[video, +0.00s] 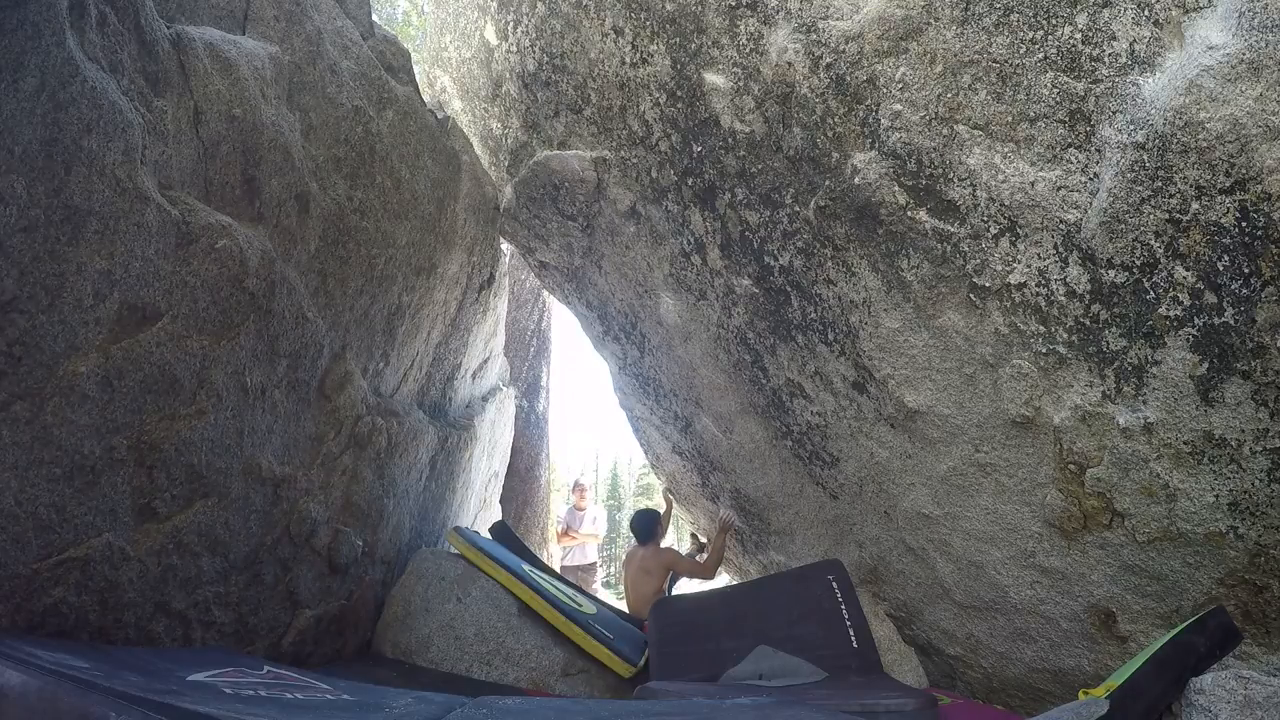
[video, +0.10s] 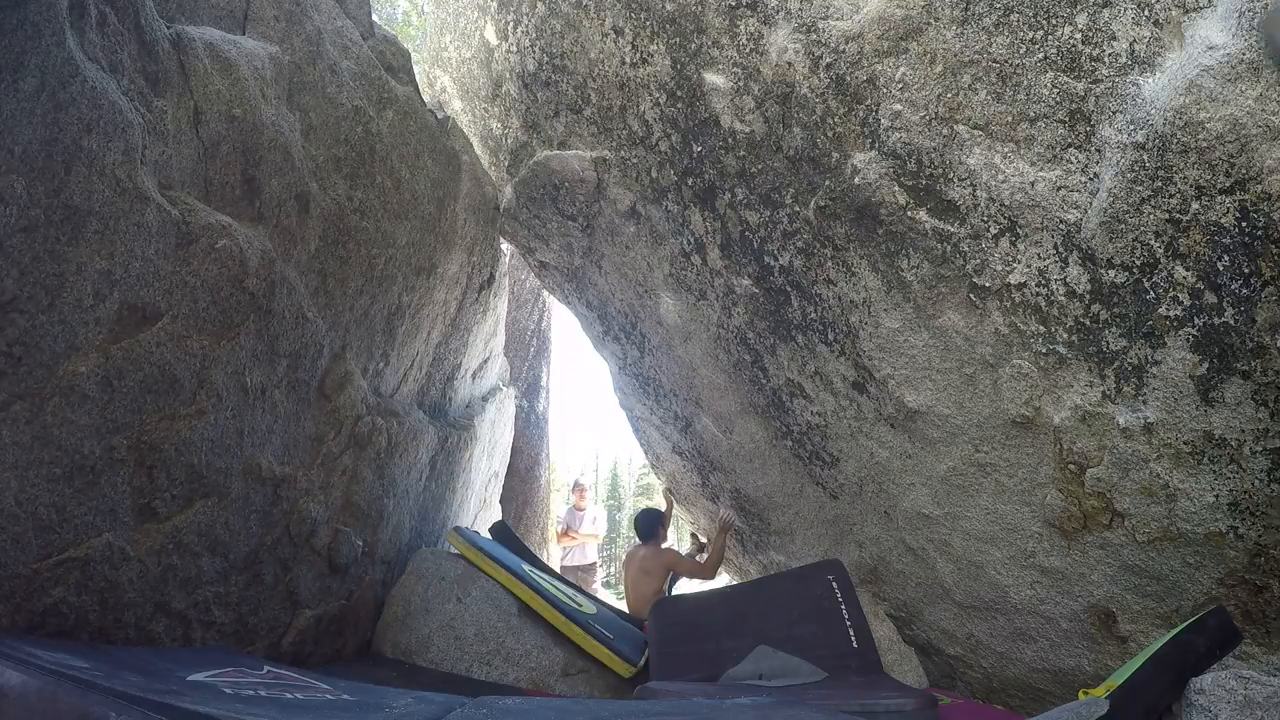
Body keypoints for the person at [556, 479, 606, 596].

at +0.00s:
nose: (582, 493)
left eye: (586, 490)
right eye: (579, 490)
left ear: (591, 492)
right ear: (573, 493)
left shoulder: (599, 513)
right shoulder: (564, 513)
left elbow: (599, 538)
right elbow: (561, 541)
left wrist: (572, 532)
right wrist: (586, 537)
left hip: (590, 565)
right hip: (568, 566)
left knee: (592, 604)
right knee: (568, 604)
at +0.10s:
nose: (582, 493)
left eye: (585, 490)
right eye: (579, 490)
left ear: (590, 492)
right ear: (572, 493)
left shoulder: (599, 513)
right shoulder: (564, 513)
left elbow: (598, 538)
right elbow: (561, 541)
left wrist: (571, 532)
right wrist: (586, 537)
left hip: (590, 565)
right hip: (568, 566)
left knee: (592, 604)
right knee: (568, 605)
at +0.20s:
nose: (582, 493)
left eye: (585, 489)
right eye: (578, 489)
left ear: (590, 492)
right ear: (572, 492)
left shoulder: (599, 513)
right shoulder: (564, 513)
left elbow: (598, 538)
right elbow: (561, 541)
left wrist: (571, 532)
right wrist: (586, 537)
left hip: (590, 566)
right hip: (568, 566)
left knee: (592, 605)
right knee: (568, 605)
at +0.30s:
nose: (582, 493)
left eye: (585, 490)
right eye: (579, 489)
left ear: (590, 492)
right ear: (572, 492)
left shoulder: (599, 513)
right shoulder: (564, 513)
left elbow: (598, 538)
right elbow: (560, 541)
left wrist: (571, 532)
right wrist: (586, 538)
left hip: (590, 565)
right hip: (568, 566)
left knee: (593, 605)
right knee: (568, 605)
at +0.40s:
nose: (582, 493)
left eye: (585, 490)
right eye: (578, 489)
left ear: (590, 492)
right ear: (572, 492)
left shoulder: (599, 513)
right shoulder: (564, 513)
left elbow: (598, 538)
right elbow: (560, 541)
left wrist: (571, 532)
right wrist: (586, 538)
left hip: (590, 566)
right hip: (567, 566)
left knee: (592, 605)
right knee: (568, 606)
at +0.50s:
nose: (581, 493)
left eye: (585, 490)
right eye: (578, 489)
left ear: (590, 493)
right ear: (572, 492)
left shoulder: (599, 513)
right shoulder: (564, 513)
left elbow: (598, 538)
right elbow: (560, 541)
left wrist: (571, 532)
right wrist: (586, 537)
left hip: (589, 566)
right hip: (567, 566)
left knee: (592, 605)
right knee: (568, 606)